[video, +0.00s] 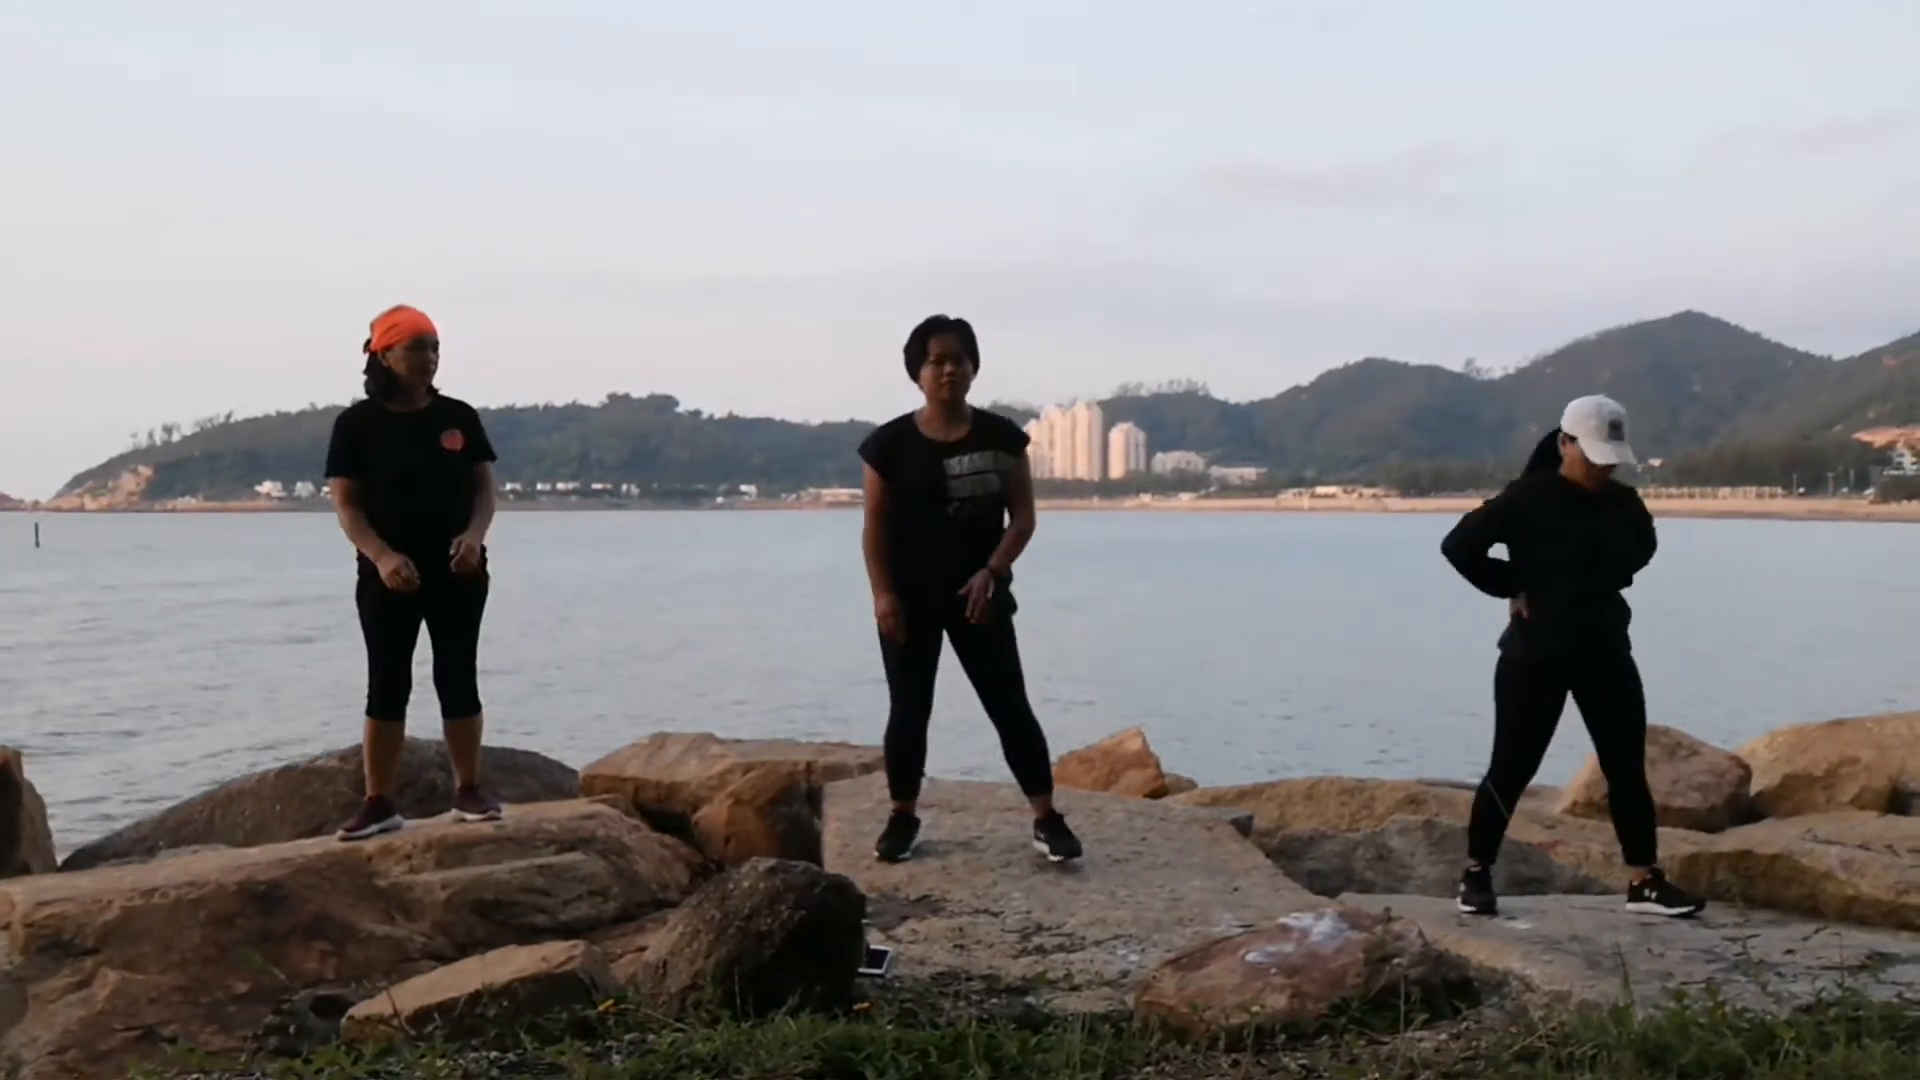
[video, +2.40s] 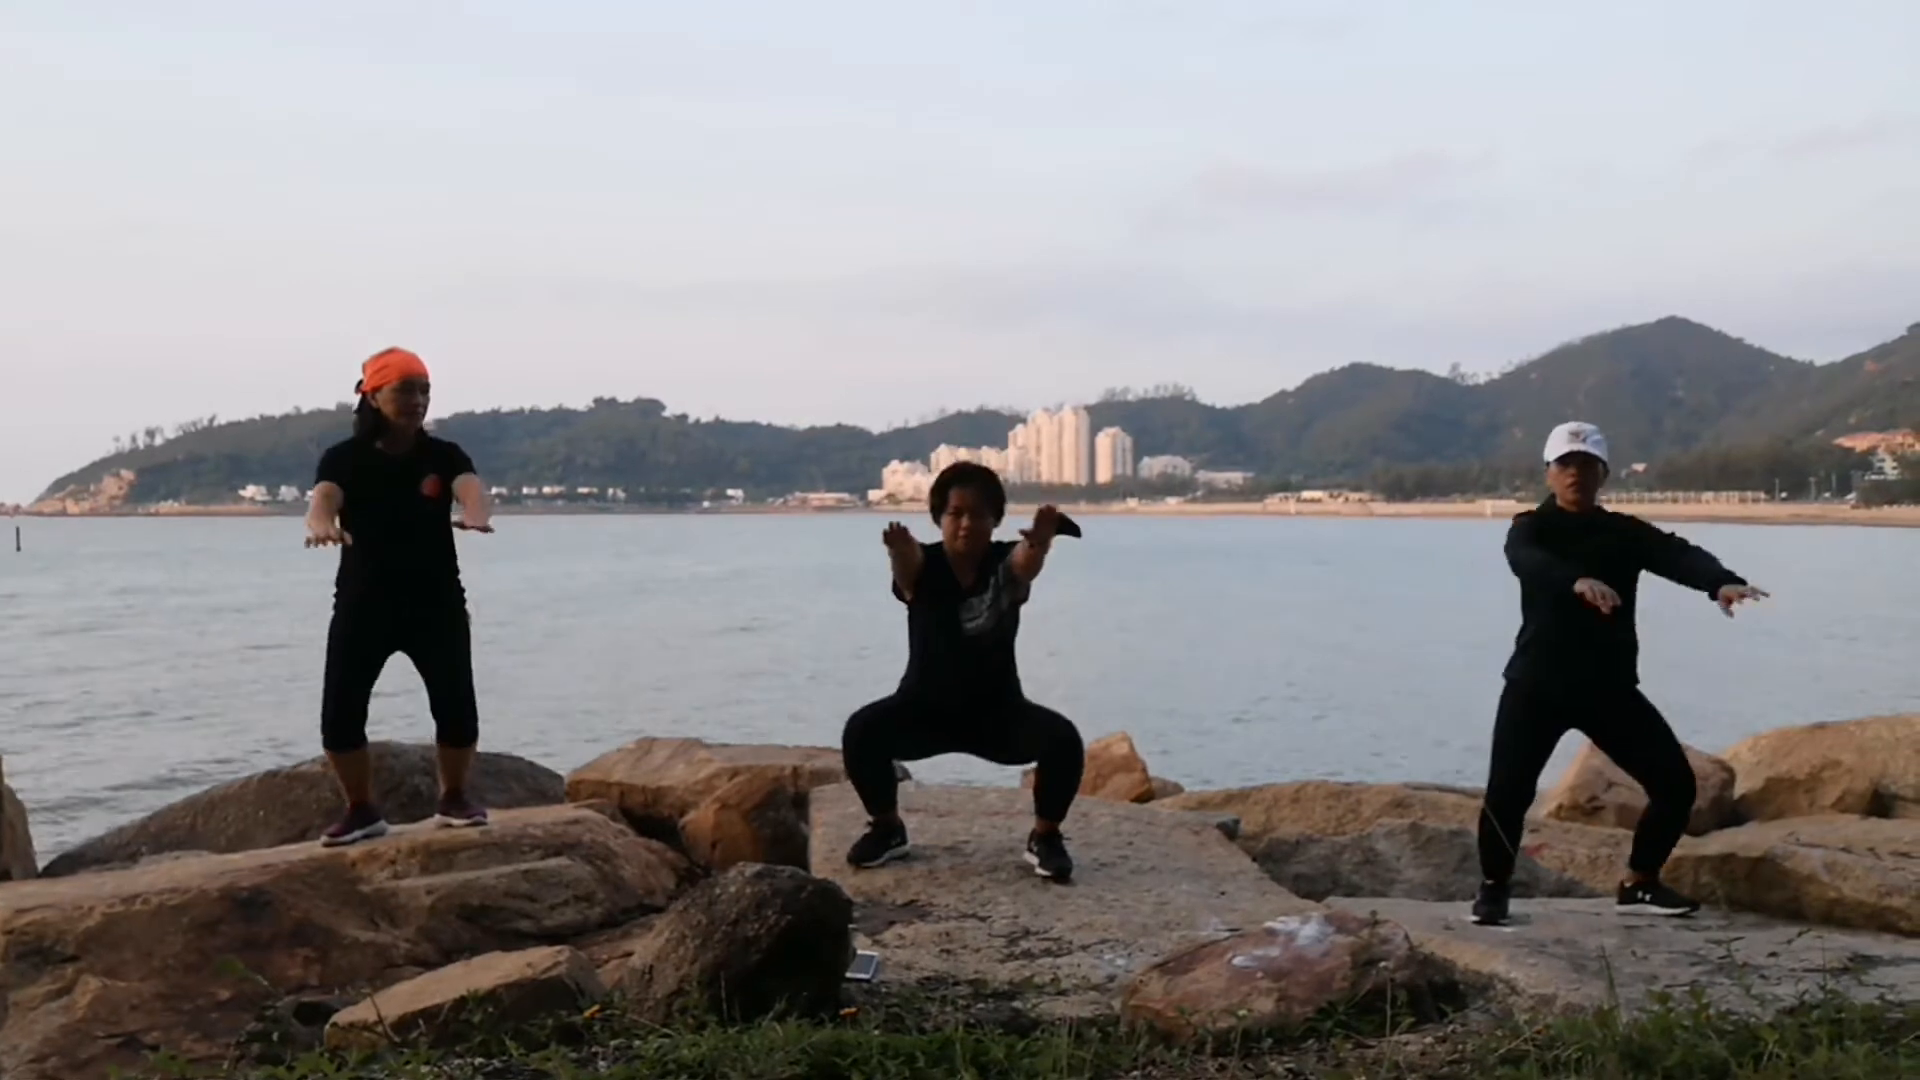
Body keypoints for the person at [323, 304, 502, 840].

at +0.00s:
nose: (430, 356)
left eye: (433, 346)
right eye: (417, 348)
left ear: (438, 352)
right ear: (383, 356)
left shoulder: (459, 417)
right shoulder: (354, 425)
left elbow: (485, 487)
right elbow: (345, 506)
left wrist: (475, 534)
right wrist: (381, 555)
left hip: (456, 575)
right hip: (387, 577)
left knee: (458, 683)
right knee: (386, 690)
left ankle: (468, 791)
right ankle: (378, 801)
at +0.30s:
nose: (429, 357)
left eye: (433, 347)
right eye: (417, 348)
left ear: (438, 352)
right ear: (383, 356)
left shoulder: (457, 418)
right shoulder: (354, 426)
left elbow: (490, 490)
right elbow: (328, 508)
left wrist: (514, 550)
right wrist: (309, 578)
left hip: (455, 575)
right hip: (385, 579)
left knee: (457, 683)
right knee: (384, 691)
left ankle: (466, 791)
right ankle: (376, 802)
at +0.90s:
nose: (427, 357)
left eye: (430, 347)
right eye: (414, 348)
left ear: (434, 353)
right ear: (380, 356)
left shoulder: (453, 420)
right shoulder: (349, 426)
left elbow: (481, 493)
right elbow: (341, 508)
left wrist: (473, 545)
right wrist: (371, 565)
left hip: (448, 575)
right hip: (380, 578)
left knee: (453, 685)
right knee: (380, 692)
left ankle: (463, 792)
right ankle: (373, 802)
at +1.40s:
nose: (423, 359)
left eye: (428, 349)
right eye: (411, 349)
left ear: (433, 356)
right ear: (378, 356)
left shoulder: (451, 423)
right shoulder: (347, 427)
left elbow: (484, 492)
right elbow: (319, 505)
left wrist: (510, 553)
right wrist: (292, 577)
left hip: (447, 578)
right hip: (376, 581)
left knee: (449, 686)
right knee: (377, 694)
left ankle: (459, 794)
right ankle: (370, 804)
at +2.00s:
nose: (412, 358)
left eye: (418, 349)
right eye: (400, 349)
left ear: (426, 355)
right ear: (369, 356)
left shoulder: (448, 422)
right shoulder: (341, 427)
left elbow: (469, 491)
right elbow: (331, 506)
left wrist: (449, 536)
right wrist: (369, 553)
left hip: (441, 575)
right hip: (369, 579)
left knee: (444, 686)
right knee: (370, 692)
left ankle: (455, 796)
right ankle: (365, 805)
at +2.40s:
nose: (416, 398)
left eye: (422, 389)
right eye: (403, 389)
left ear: (429, 395)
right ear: (373, 396)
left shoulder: (443, 453)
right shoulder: (345, 457)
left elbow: (470, 485)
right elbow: (326, 494)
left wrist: (475, 512)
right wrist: (321, 520)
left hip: (436, 609)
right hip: (363, 611)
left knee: (457, 711)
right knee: (340, 718)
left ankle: (453, 799)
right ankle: (361, 810)